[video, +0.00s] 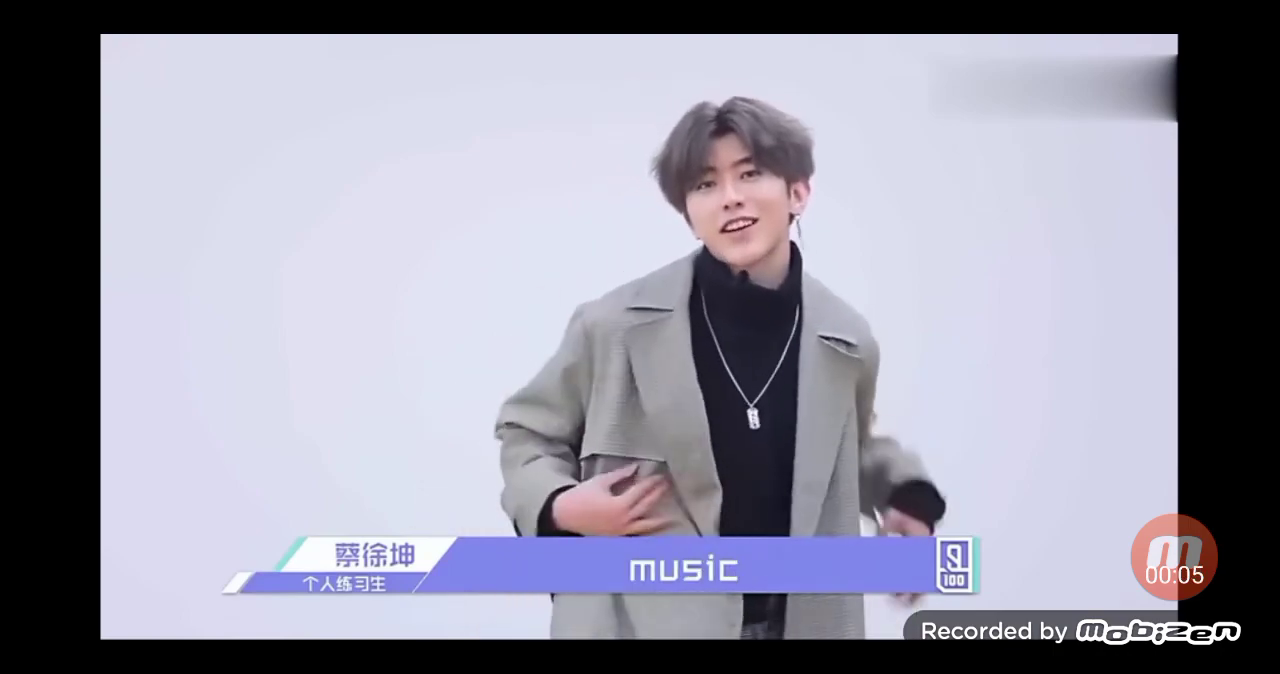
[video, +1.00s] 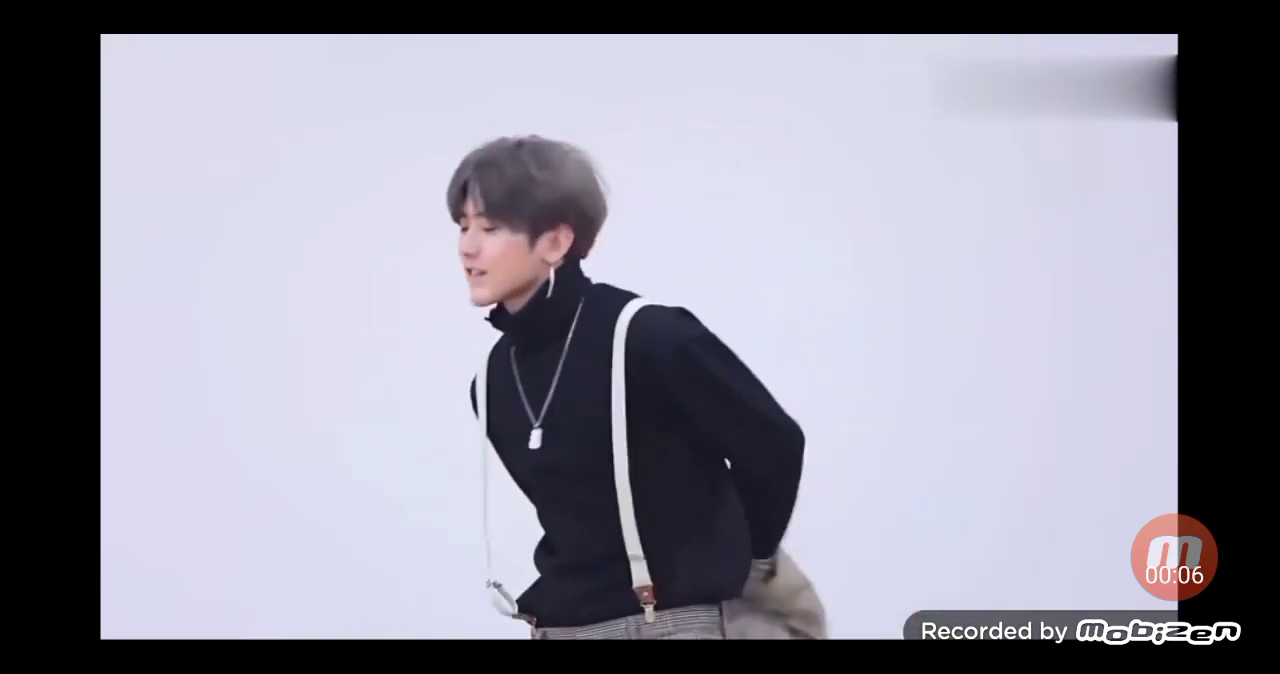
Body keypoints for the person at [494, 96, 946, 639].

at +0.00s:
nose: (730, 199)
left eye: (750, 174)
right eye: (705, 184)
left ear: (798, 192)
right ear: (686, 210)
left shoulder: (849, 341)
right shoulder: (611, 328)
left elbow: (856, 450)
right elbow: (529, 432)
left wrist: (909, 492)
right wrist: (557, 506)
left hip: (808, 625)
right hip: (653, 620)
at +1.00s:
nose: (466, 248)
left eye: (490, 228)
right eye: (463, 228)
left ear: (556, 242)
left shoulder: (654, 337)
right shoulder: (492, 382)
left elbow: (775, 446)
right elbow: (569, 501)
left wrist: (749, 556)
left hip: (677, 618)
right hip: (561, 626)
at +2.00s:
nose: (512, 165)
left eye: (544, 152)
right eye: (507, 156)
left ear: (594, 197)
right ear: (495, 185)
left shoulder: (633, 287)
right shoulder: (476, 323)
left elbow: (631, 396)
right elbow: (345, 395)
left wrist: (561, 230)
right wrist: (336, 248)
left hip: (639, 605)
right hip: (529, 617)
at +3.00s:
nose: (630, 156)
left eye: (658, 138)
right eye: (615, 137)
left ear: (707, 168)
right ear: (598, 156)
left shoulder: (740, 314)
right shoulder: (616, 286)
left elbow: (741, 495)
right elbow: (618, 441)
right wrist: (583, 513)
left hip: (691, 610)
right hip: (599, 599)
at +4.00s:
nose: (520, 212)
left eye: (535, 183)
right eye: (503, 199)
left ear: (596, 181)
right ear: (495, 215)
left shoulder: (681, 290)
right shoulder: (539, 346)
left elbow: (729, 462)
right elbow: (533, 486)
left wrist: (575, 504)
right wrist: (481, 473)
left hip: (717, 586)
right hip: (618, 594)